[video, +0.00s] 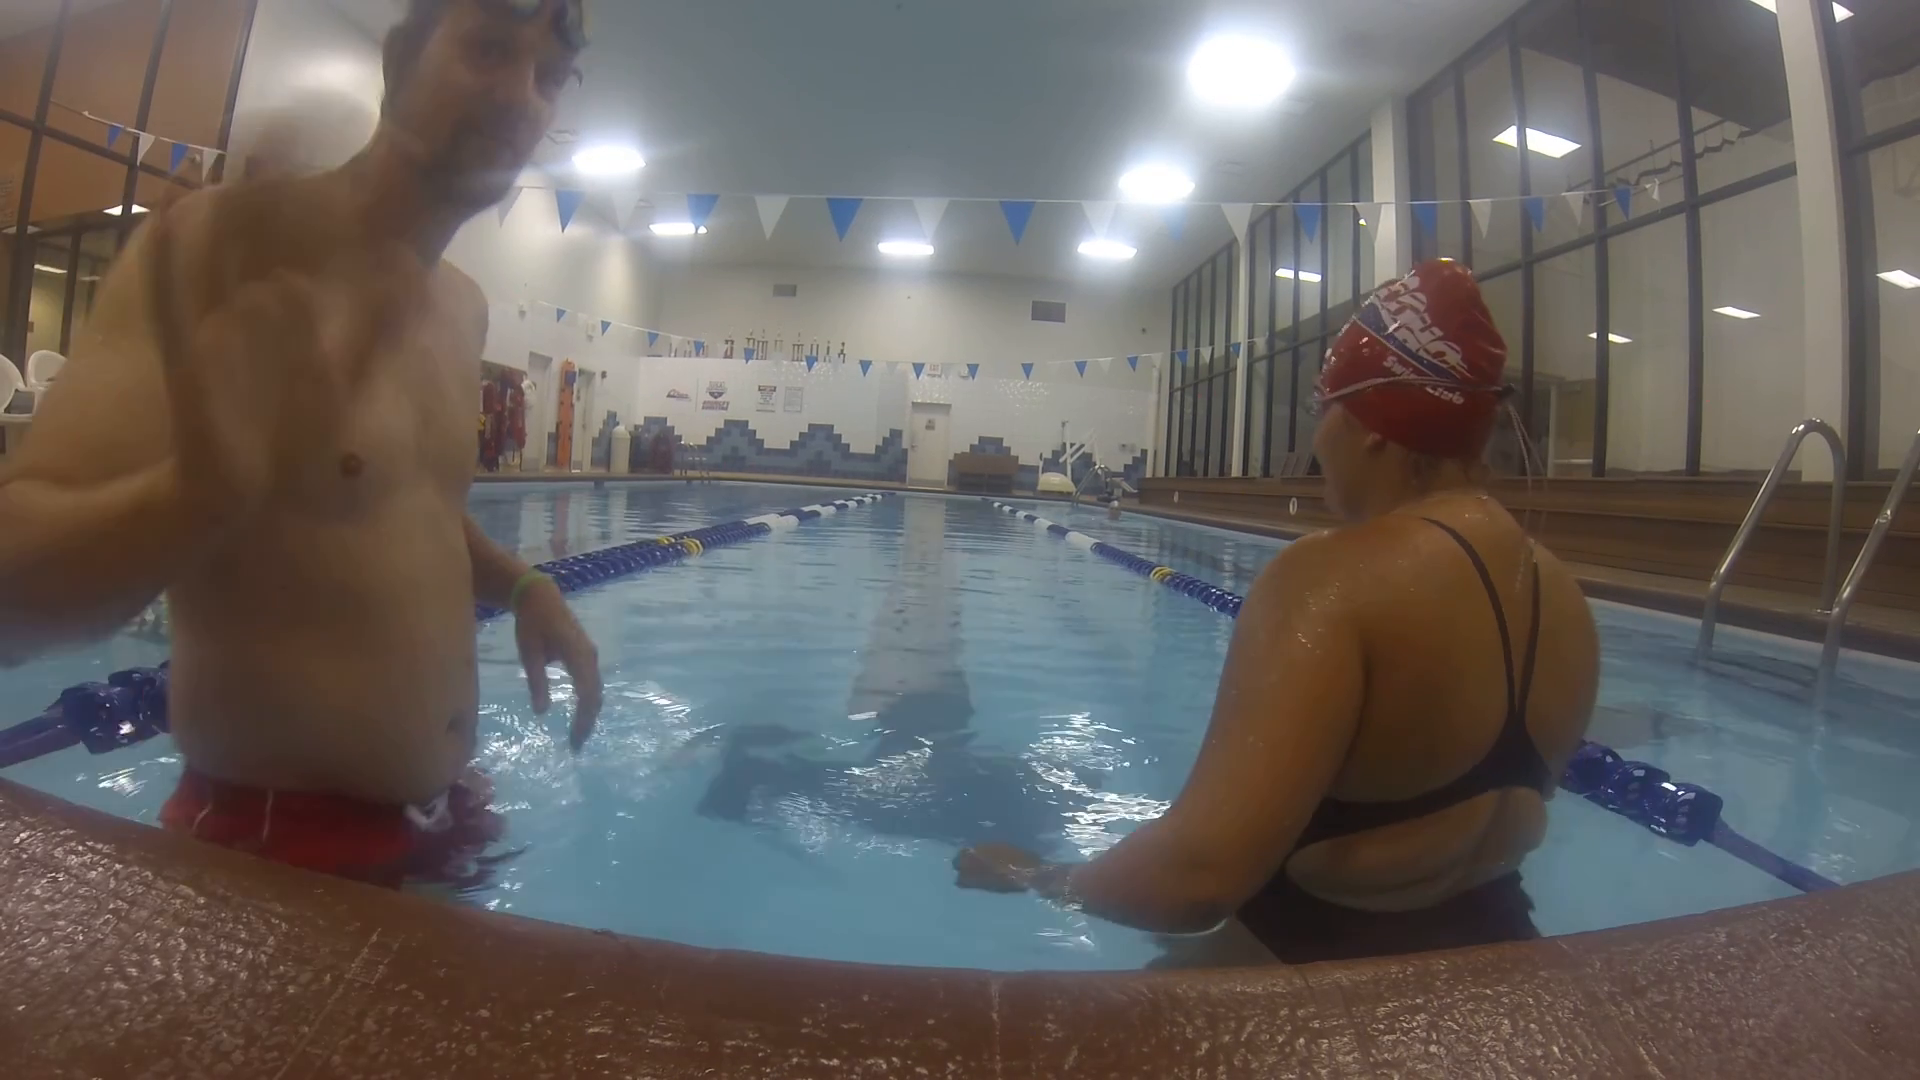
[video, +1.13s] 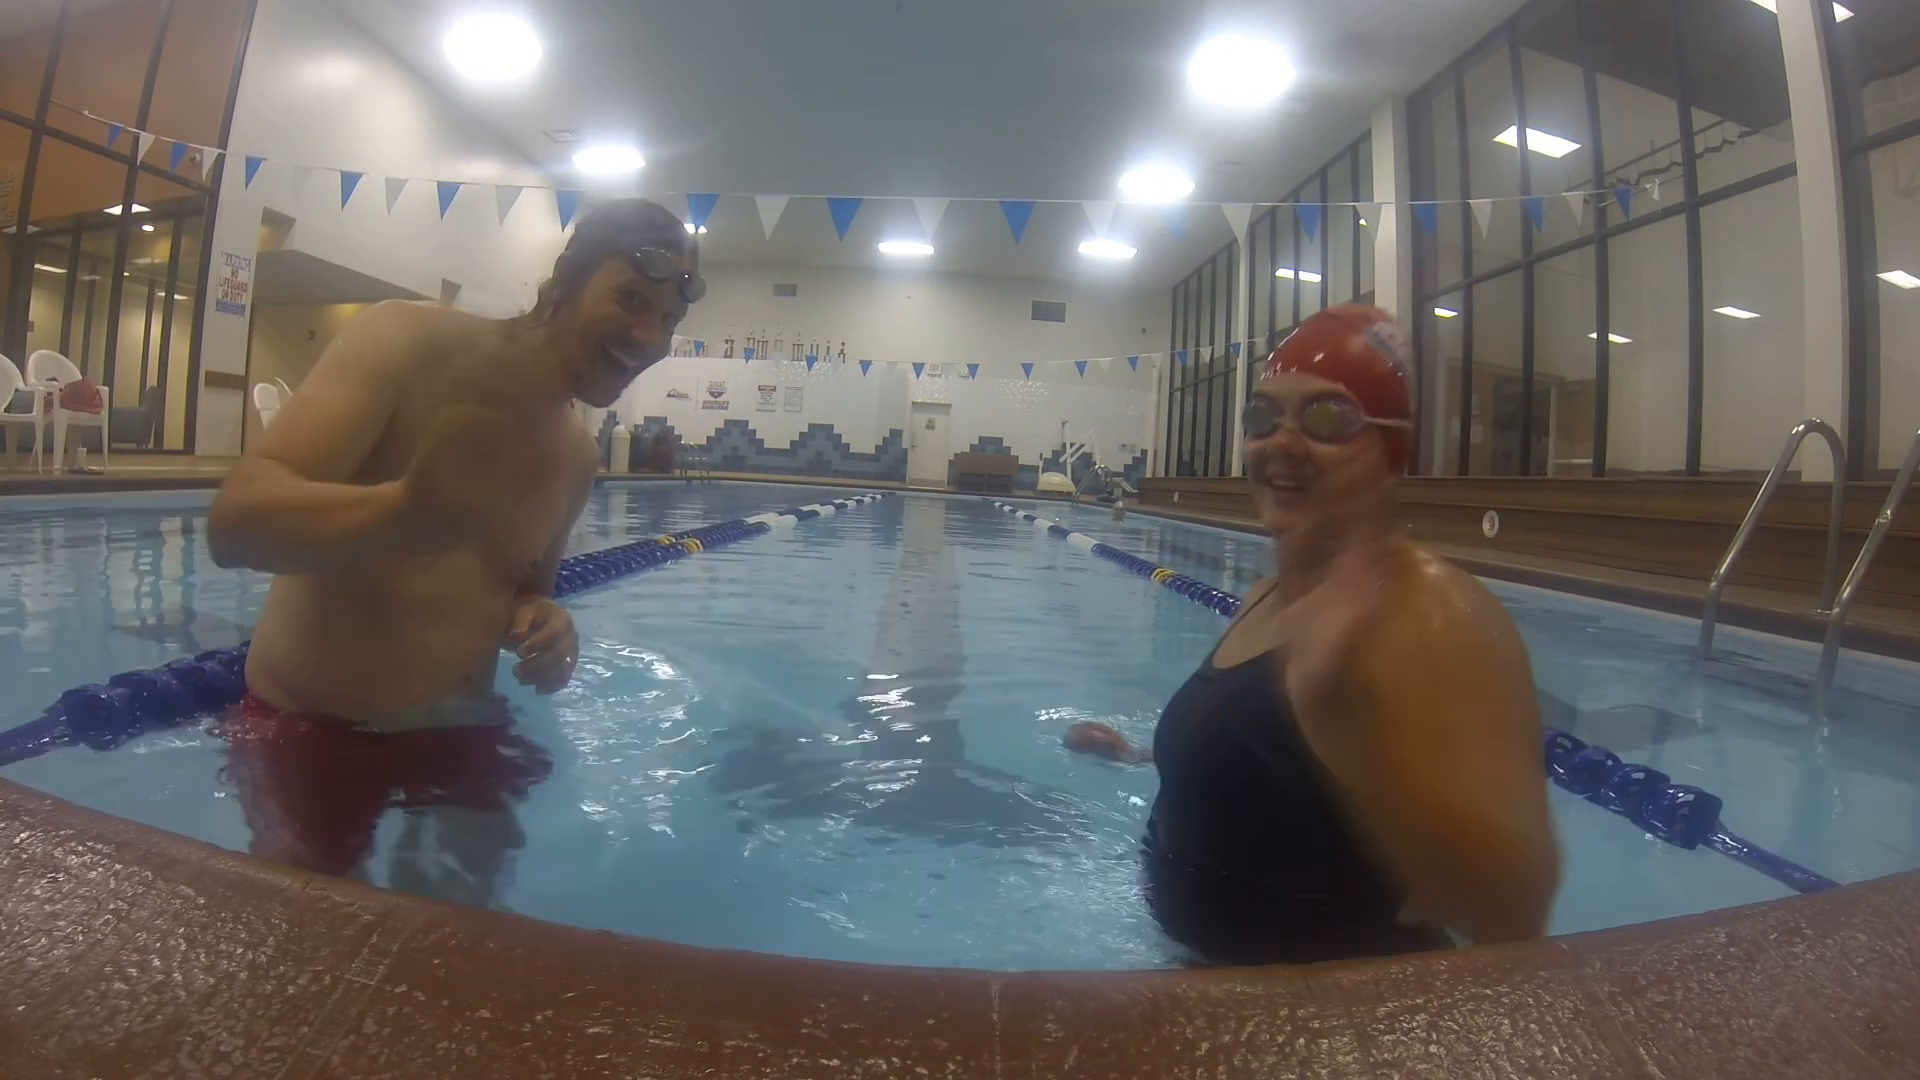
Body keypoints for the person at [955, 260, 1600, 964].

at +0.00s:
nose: (1317, 433)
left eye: (1327, 406)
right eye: (1324, 406)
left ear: (1375, 426)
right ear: (1470, 425)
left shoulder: (1327, 582)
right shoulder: (1557, 591)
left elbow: (1199, 875)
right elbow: (1512, 805)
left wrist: (1040, 879)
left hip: (1308, 981)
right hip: (1493, 964)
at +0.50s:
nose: (1276, 418)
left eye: (1305, 393)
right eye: (1289, 390)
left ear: (1385, 428)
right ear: (1388, 429)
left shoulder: (1333, 602)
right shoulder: (1473, 561)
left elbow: (1238, 925)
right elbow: (1491, 760)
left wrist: (1029, 857)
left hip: (1268, 986)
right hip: (1405, 955)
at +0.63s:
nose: (1272, 414)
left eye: (1302, 387)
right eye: (1284, 386)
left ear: (1390, 427)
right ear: (1388, 429)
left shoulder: (1352, 610)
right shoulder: (1455, 560)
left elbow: (1274, 935)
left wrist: (1045, 867)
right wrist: (1206, 870)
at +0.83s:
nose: (1266, 418)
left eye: (1306, 394)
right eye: (1275, 396)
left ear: (1401, 438)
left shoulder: (1404, 627)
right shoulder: (1372, 589)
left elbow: (1375, 948)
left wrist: (1095, 860)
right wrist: (1203, 761)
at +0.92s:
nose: (1269, 420)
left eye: (1313, 396)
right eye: (1270, 395)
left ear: (1407, 440)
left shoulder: (1420, 633)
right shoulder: (1346, 585)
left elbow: (1417, 939)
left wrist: (1135, 833)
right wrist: (1192, 773)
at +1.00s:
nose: (1279, 427)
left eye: (1323, 405)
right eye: (1270, 404)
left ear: (1406, 445)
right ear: (1254, 420)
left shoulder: (1431, 635)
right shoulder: (1322, 584)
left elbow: (1452, 921)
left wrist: (1212, 788)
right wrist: (1174, 758)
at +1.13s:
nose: (1282, 443)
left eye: (1326, 420)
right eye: (1264, 417)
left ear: (1394, 452)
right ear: (1244, 435)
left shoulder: (1433, 619)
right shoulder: (1278, 597)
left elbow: (1508, 908)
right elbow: (1260, 774)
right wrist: (1135, 755)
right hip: (1220, 993)